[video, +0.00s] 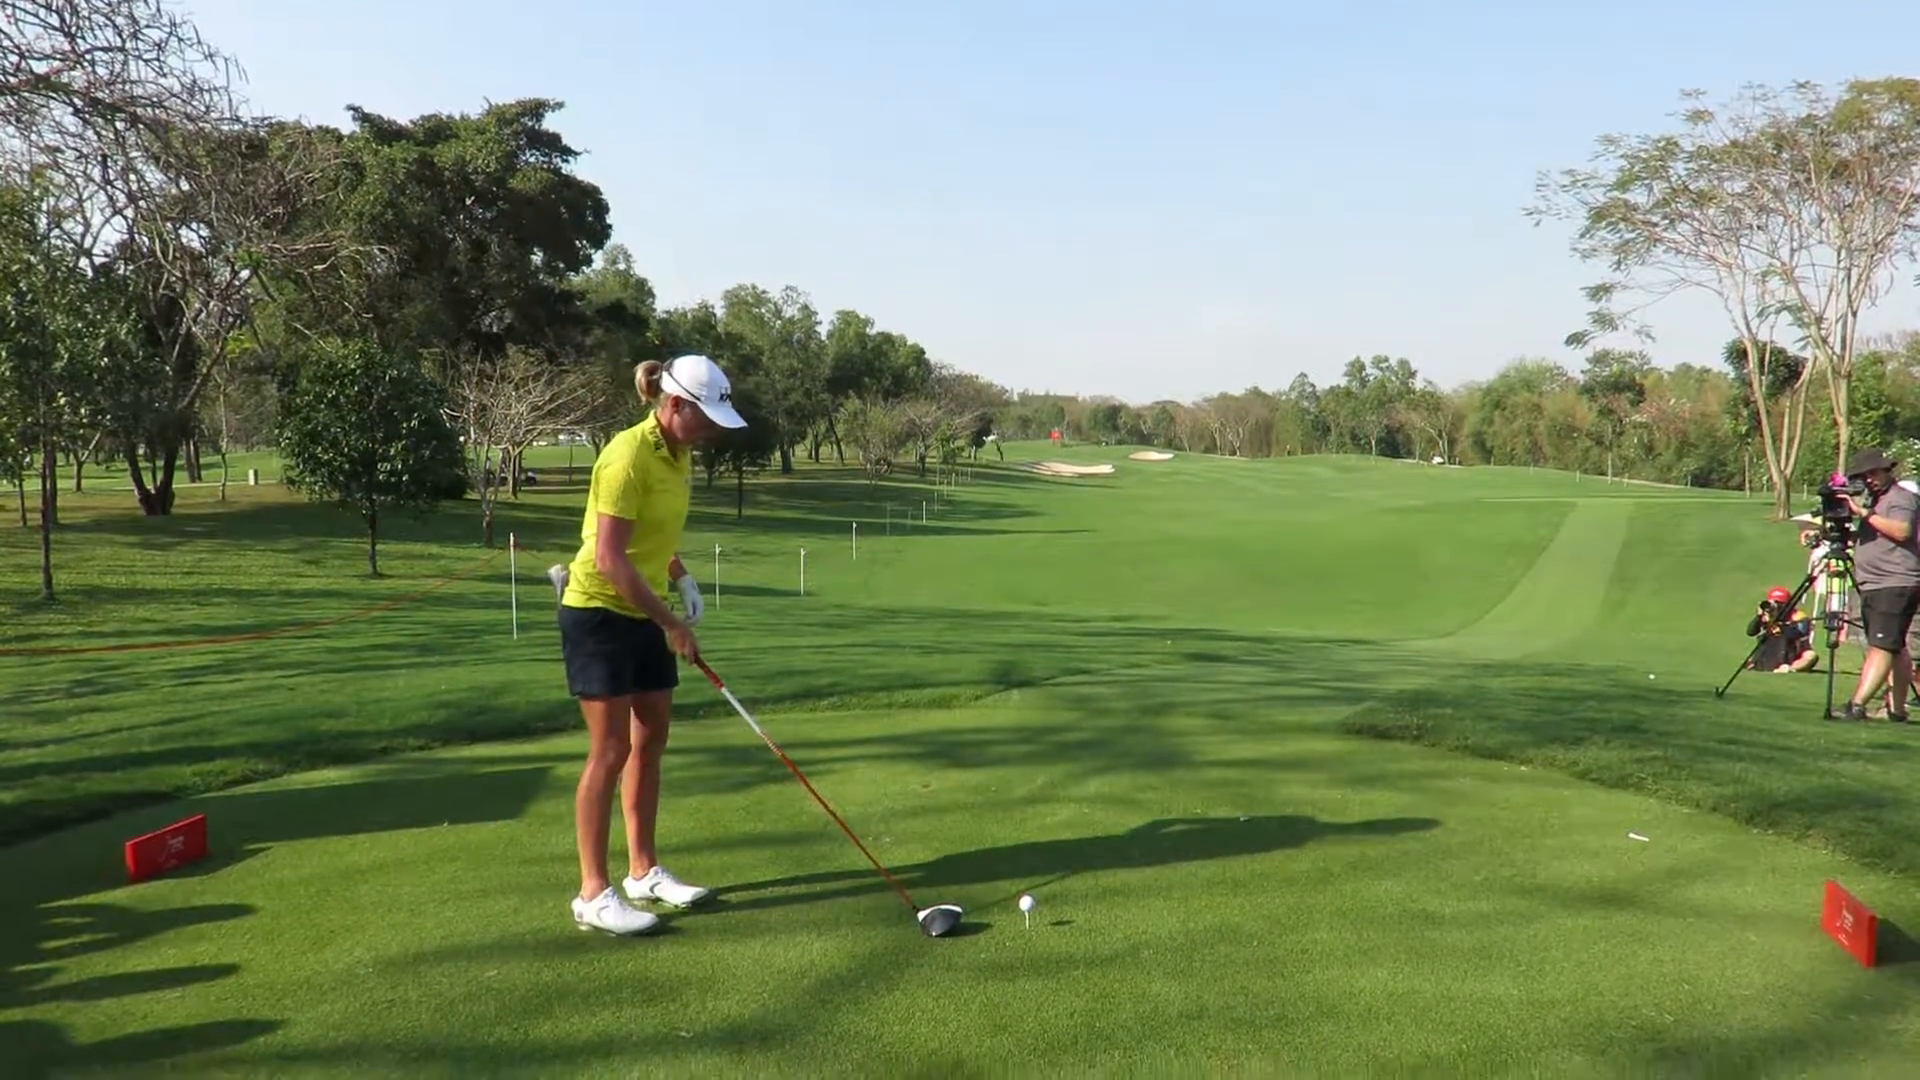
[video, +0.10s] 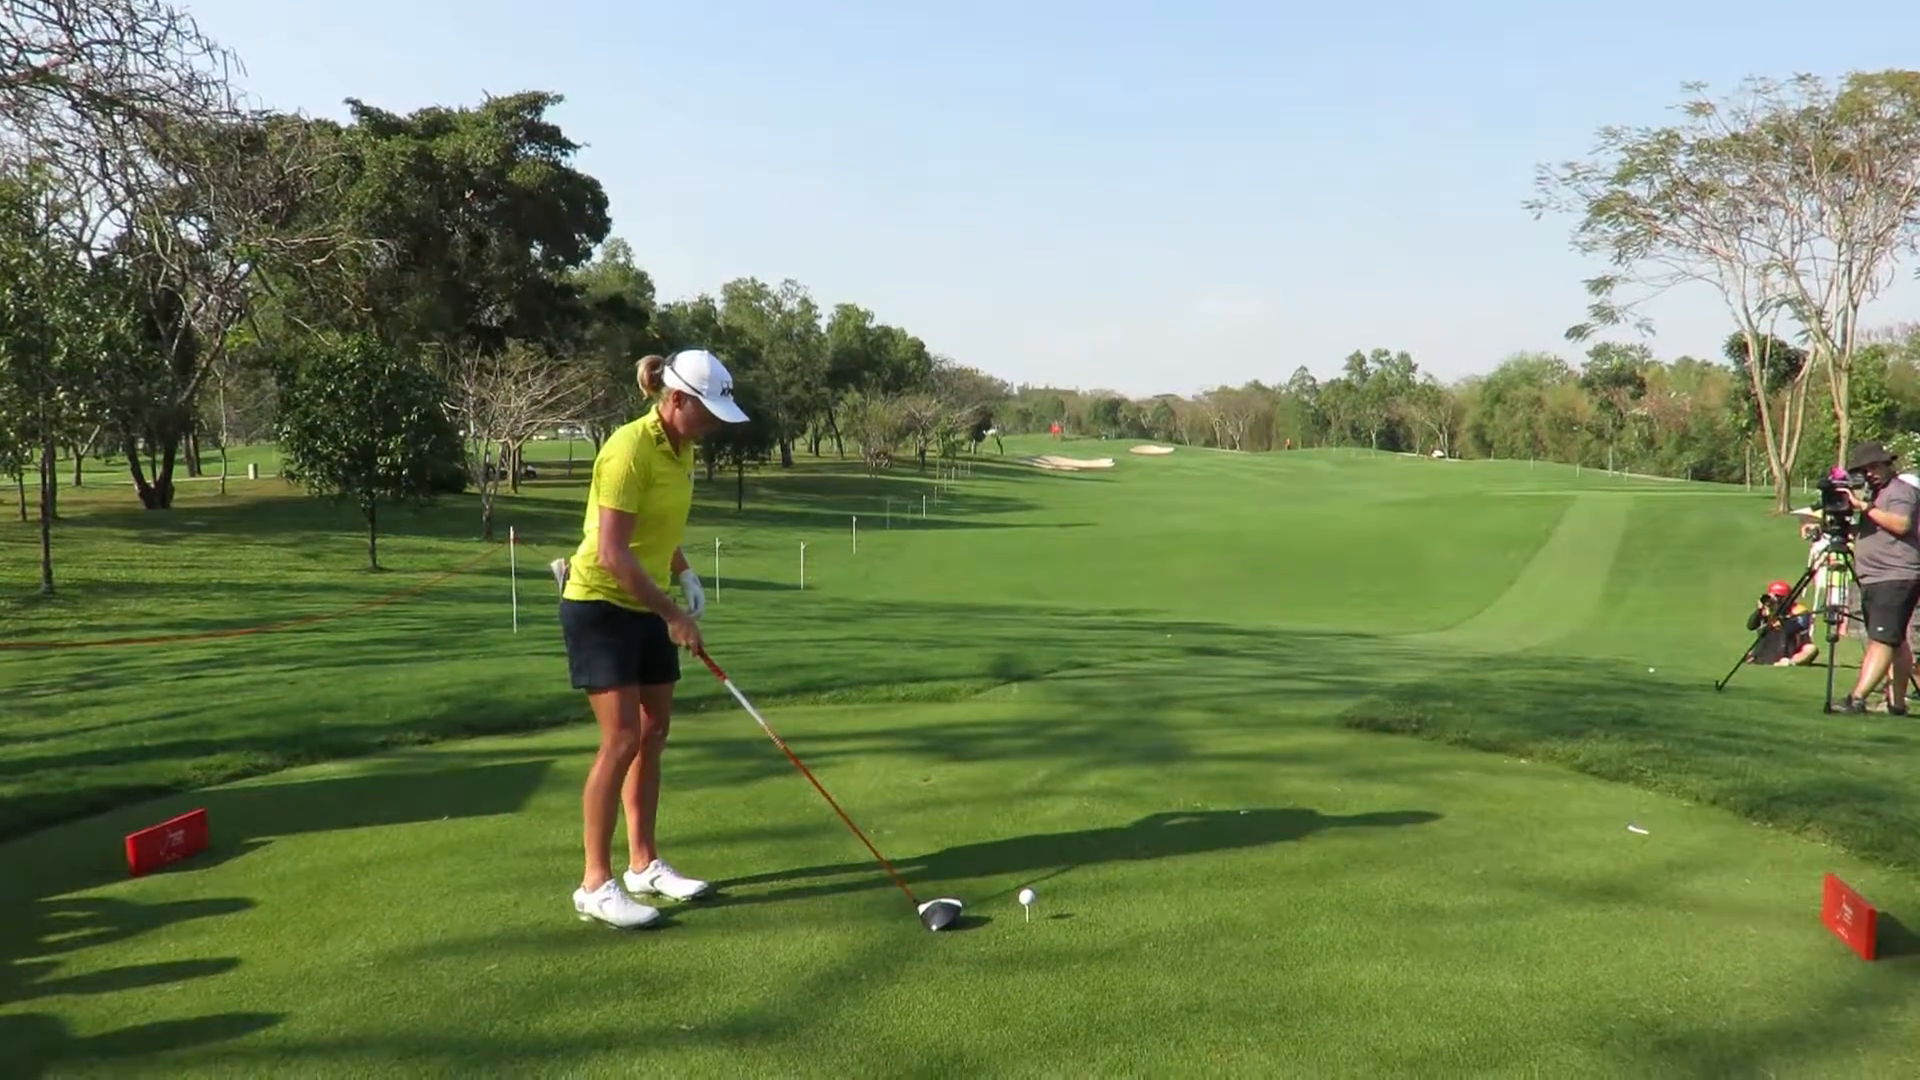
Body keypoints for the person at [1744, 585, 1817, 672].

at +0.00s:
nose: (1774, 609)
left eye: (1778, 605)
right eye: (1772, 605)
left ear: (1786, 605)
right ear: (1769, 604)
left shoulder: (1798, 618)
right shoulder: (1769, 616)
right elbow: (1750, 632)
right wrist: (1759, 617)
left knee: (1811, 655)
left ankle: (1792, 668)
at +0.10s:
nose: (1773, 603)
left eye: (1777, 599)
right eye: (1771, 599)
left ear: (1785, 599)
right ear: (1769, 598)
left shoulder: (1799, 611)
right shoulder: (1769, 610)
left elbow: (1800, 626)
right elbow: (1751, 626)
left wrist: (1782, 623)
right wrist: (1759, 611)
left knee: (1812, 648)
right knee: (1749, 655)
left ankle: (1791, 661)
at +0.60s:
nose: (1773, 588)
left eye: (1777, 585)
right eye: (1771, 585)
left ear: (1785, 585)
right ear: (1768, 584)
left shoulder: (1799, 597)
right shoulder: (1768, 596)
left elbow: (1797, 614)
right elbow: (1750, 612)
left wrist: (1782, 608)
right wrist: (1759, 597)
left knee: (1811, 635)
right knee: (1749, 643)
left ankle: (1790, 648)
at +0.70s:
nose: (1772, 586)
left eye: (1775, 583)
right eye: (1770, 583)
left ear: (1784, 583)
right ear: (1768, 583)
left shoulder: (1798, 595)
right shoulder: (1768, 594)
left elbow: (1800, 610)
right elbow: (1750, 610)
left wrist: (1782, 606)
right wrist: (1758, 595)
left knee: (1810, 633)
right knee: (1748, 641)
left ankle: (1790, 646)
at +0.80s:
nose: (1771, 584)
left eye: (1775, 581)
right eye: (1770, 581)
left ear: (1783, 581)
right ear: (1768, 580)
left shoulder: (1798, 593)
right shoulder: (1767, 592)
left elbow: (1799, 608)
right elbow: (1750, 608)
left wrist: (1781, 605)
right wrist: (1758, 593)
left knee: (1810, 631)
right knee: (1748, 639)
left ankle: (1789, 644)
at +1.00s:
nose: (1773, 581)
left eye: (1776, 577)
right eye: (1770, 577)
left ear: (1785, 577)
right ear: (1768, 576)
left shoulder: (1798, 589)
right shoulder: (1769, 588)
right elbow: (1750, 604)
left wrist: (1782, 602)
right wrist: (1759, 589)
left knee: (1810, 627)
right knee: (1748, 634)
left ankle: (1790, 640)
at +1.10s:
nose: (1771, 579)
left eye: (1775, 576)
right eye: (1770, 576)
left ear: (1784, 575)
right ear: (1768, 574)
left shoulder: (1797, 587)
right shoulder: (1769, 586)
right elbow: (1750, 602)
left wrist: (1782, 599)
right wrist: (1758, 587)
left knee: (1810, 625)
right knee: (1748, 632)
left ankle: (1790, 638)